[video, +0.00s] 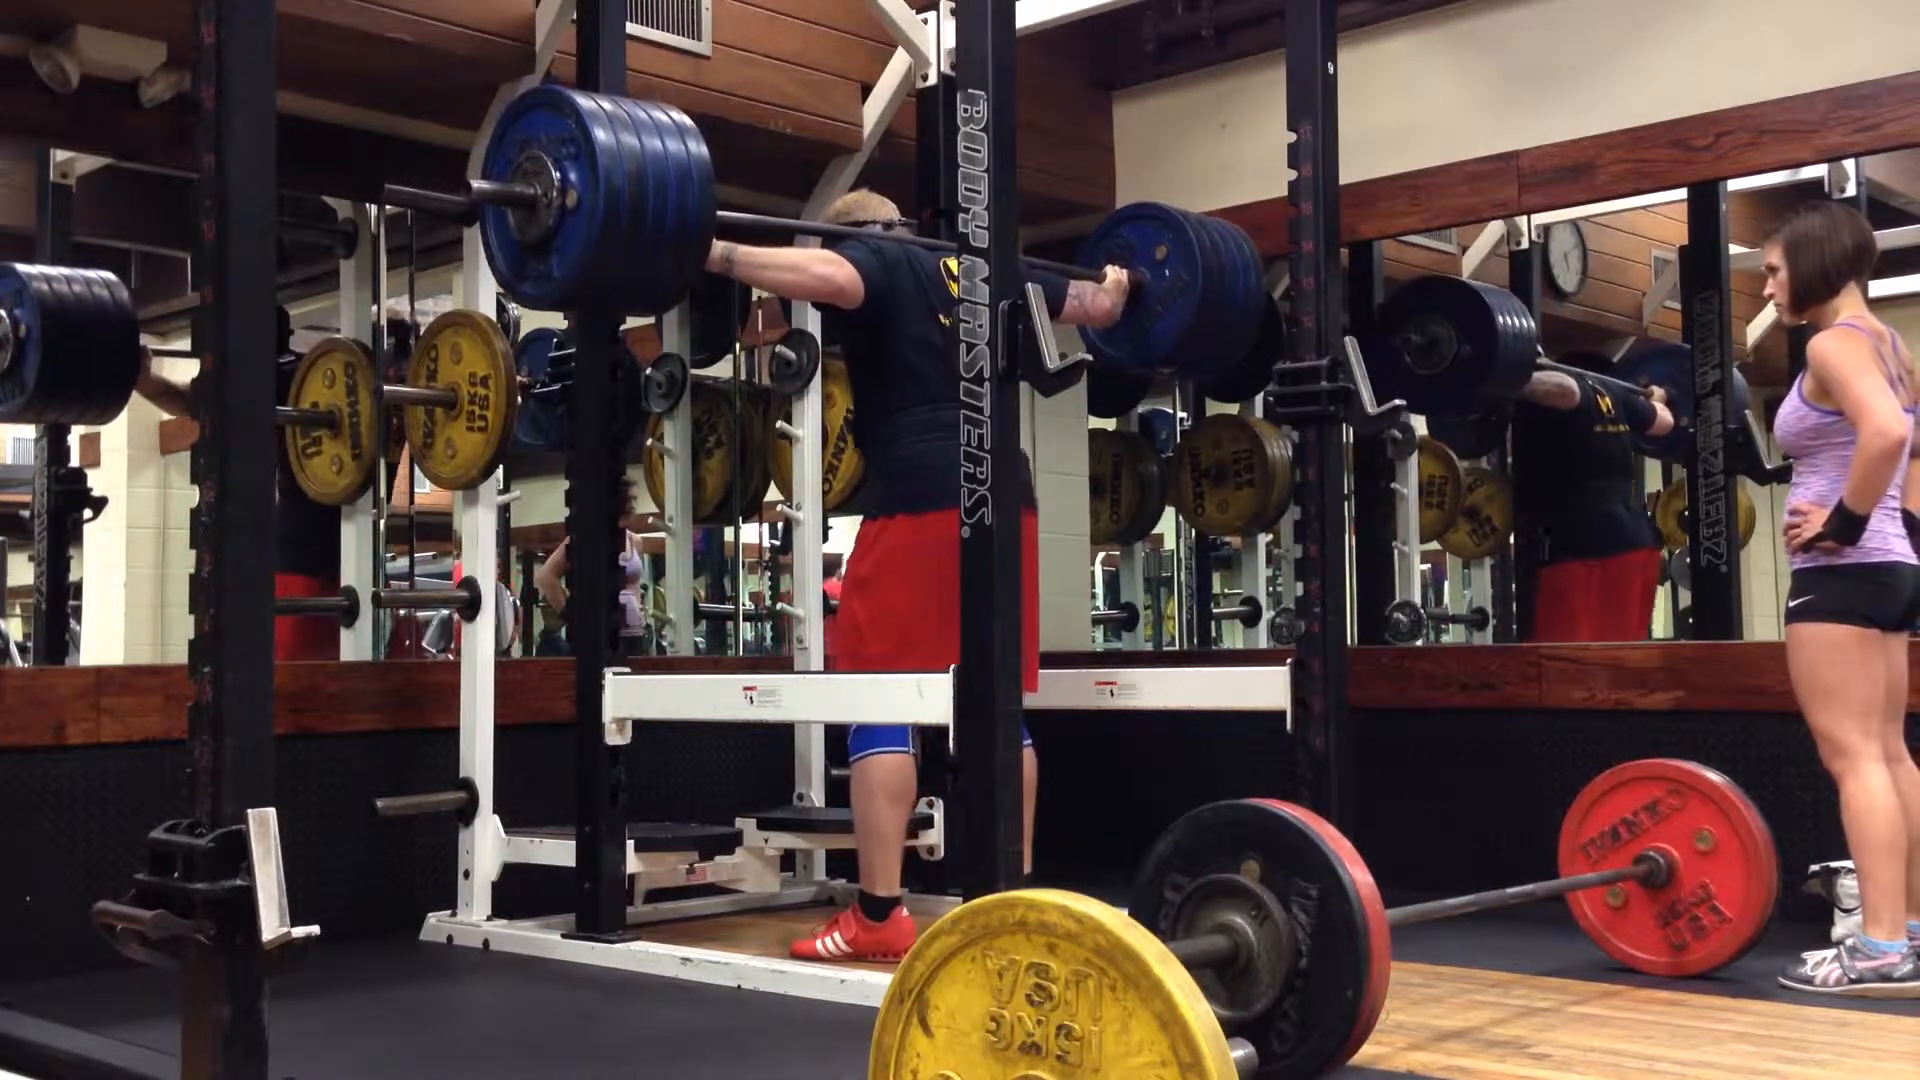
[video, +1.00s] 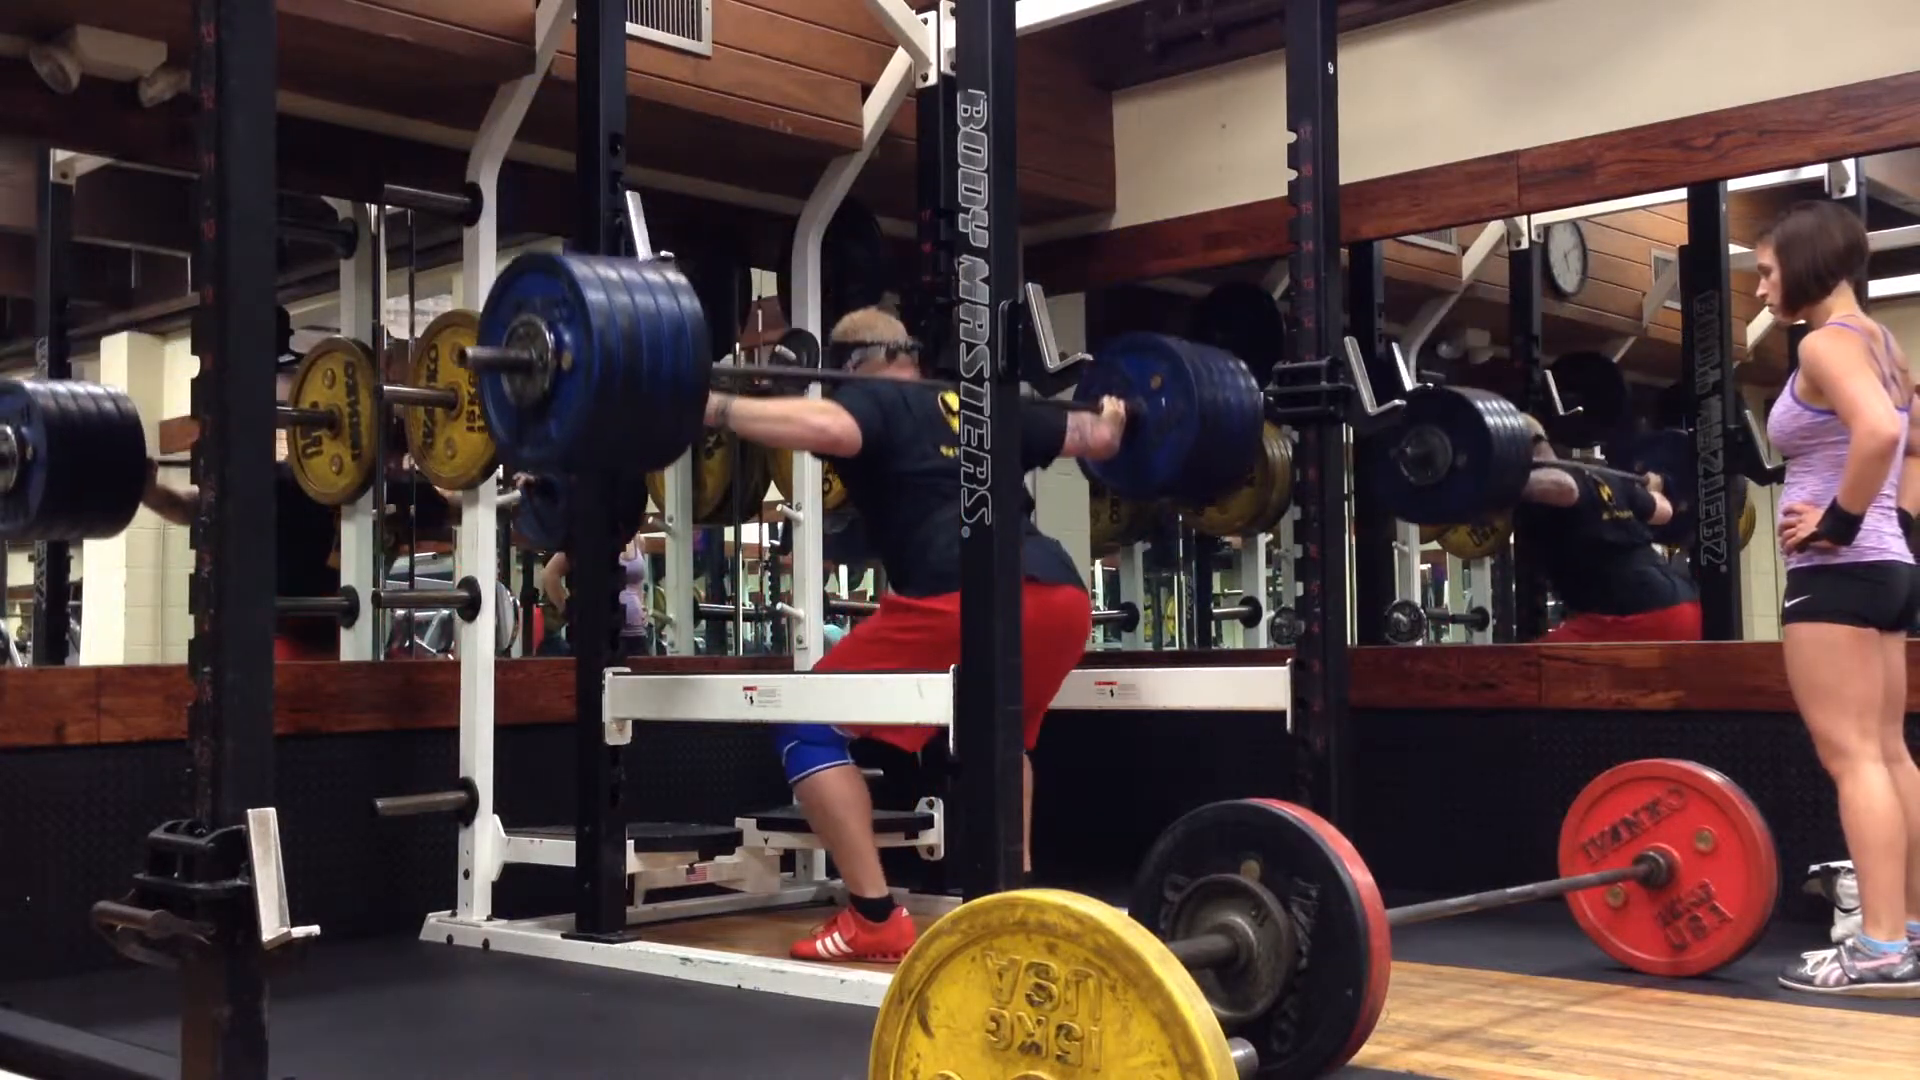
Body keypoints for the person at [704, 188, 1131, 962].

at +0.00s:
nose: (829, 260)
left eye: (830, 246)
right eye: (830, 245)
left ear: (850, 234)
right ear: (902, 220)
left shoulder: (870, 253)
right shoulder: (987, 268)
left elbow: (834, 281)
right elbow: (1093, 304)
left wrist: (721, 252)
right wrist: (1117, 281)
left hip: (918, 505)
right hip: (1009, 506)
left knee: (879, 707)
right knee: (1004, 714)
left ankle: (879, 911)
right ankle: (1012, 902)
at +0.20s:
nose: (831, 279)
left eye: (831, 264)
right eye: (835, 263)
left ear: (848, 253)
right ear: (905, 238)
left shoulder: (870, 269)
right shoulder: (978, 283)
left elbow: (835, 297)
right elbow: (1088, 318)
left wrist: (719, 270)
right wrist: (1114, 305)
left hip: (940, 502)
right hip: (1031, 498)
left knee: (866, 698)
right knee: (1005, 710)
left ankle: (878, 911)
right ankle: (1013, 903)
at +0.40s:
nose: (838, 294)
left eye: (840, 280)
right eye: (839, 283)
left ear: (860, 272)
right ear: (908, 264)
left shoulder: (876, 301)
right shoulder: (970, 313)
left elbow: (835, 328)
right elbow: (1071, 342)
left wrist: (715, 302)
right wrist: (1105, 343)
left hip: (947, 527)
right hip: (1045, 524)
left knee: (851, 703)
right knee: (1006, 713)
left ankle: (876, 911)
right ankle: (1013, 902)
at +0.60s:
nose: (843, 331)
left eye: (844, 318)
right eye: (844, 320)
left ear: (869, 304)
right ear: (910, 297)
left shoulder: (879, 334)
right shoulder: (980, 347)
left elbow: (834, 359)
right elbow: (1094, 378)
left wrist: (719, 335)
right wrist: (1116, 357)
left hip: (962, 550)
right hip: (1057, 551)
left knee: (834, 707)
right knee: (1004, 718)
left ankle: (875, 911)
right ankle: (1014, 899)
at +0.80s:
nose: (844, 350)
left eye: (849, 338)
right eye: (843, 341)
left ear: (880, 329)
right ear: (912, 327)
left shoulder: (878, 365)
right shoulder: (987, 379)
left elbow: (828, 391)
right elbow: (1097, 409)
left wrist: (716, 370)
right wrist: (1116, 380)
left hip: (957, 577)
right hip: (1056, 579)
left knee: (816, 713)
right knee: (1003, 733)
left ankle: (873, 911)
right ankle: (1009, 903)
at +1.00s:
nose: (842, 381)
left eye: (846, 370)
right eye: (842, 373)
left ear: (866, 364)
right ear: (913, 360)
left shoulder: (870, 397)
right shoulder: (986, 405)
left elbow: (836, 432)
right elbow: (1095, 438)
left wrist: (715, 405)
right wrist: (1112, 413)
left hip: (953, 599)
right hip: (1060, 602)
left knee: (804, 720)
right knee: (1002, 738)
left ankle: (873, 912)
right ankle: (1014, 896)